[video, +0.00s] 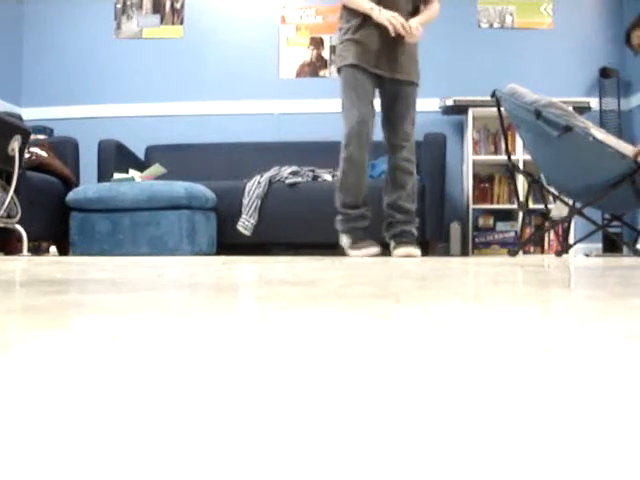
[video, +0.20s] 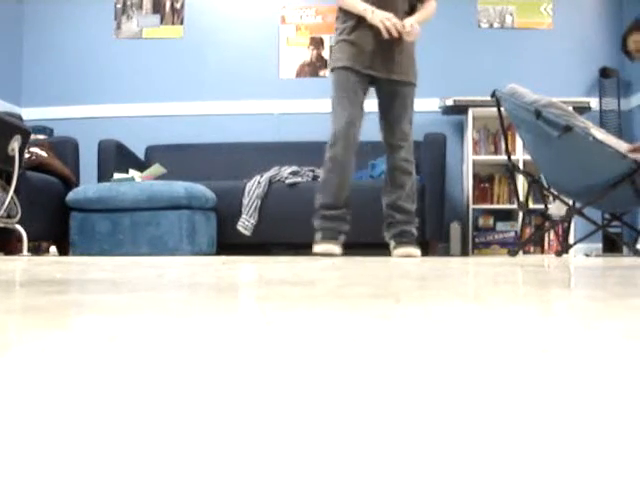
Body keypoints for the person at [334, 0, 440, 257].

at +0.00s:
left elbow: (434, 5)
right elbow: (345, 1)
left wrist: (417, 21)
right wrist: (377, 12)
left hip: (404, 42)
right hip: (359, 37)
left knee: (403, 140)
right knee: (358, 129)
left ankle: (403, 233)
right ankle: (353, 229)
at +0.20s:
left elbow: (431, 4)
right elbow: (341, 2)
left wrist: (415, 19)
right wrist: (371, 12)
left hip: (400, 45)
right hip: (352, 40)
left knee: (400, 141)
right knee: (344, 132)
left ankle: (403, 234)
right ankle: (329, 231)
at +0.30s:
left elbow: (421, 2)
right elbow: (328, 3)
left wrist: (405, 18)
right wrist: (358, 13)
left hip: (391, 45)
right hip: (342, 44)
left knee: (396, 144)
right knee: (327, 137)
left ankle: (403, 237)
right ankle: (307, 234)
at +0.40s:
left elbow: (410, 1)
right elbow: (310, 2)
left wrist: (393, 18)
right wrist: (340, 11)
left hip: (380, 47)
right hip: (330, 46)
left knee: (389, 143)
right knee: (316, 140)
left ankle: (401, 236)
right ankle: (302, 235)